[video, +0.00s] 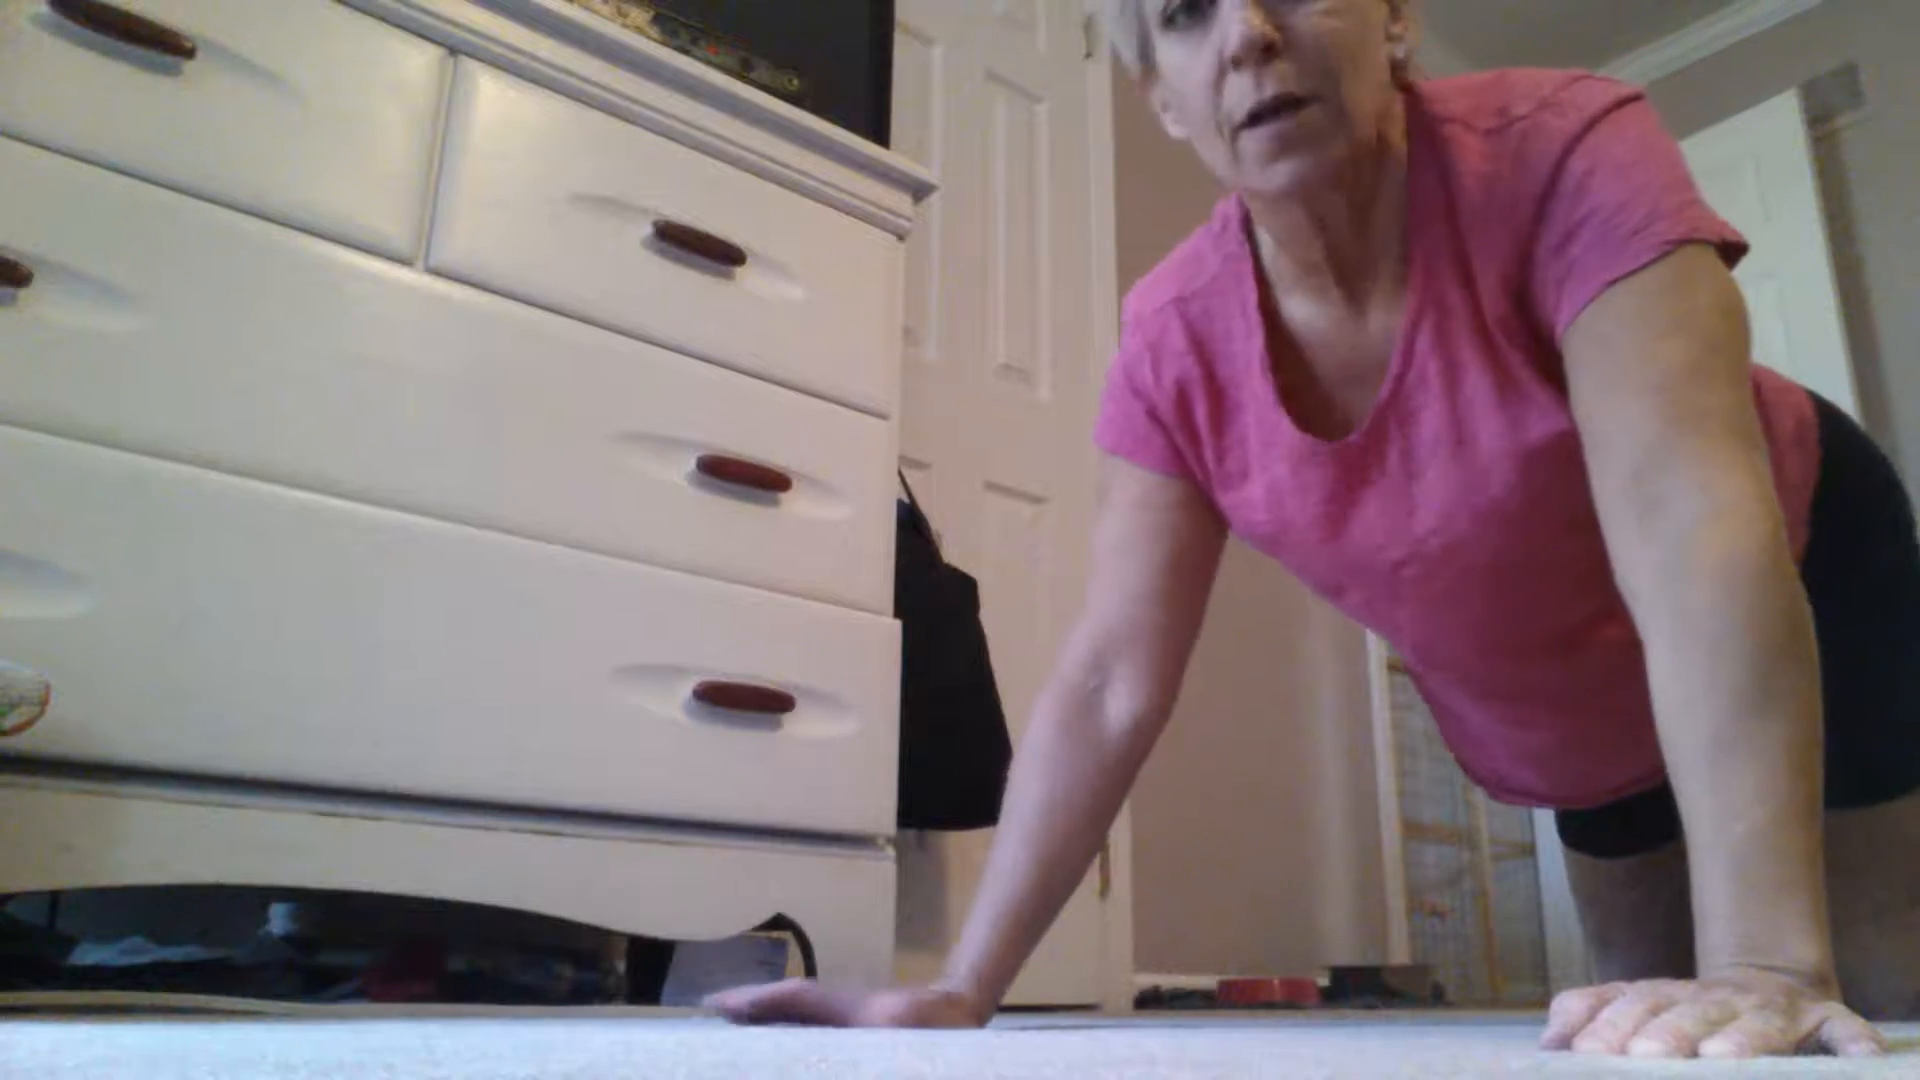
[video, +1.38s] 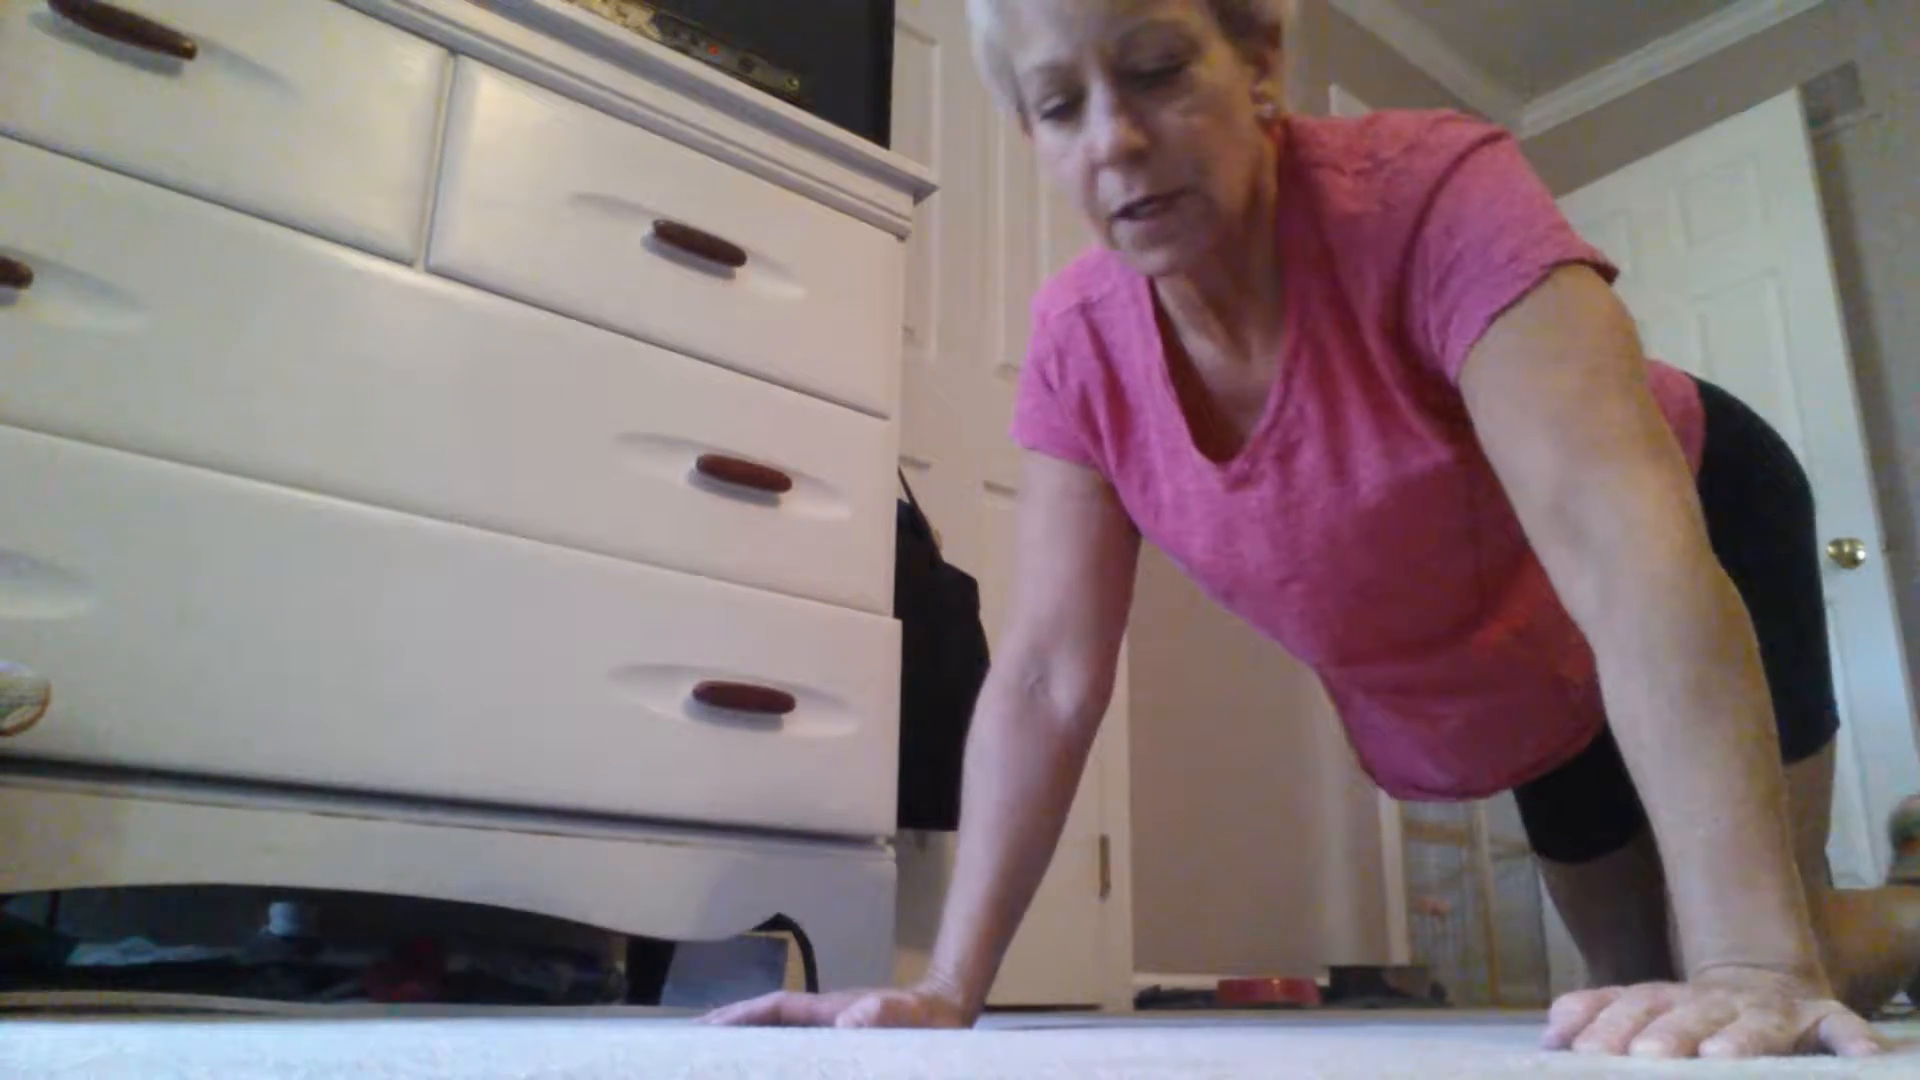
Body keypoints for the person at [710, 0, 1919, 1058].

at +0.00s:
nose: (1246, 39)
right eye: (1188, 23)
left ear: (1394, 28)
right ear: (1153, 99)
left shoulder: (1569, 152)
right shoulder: (1178, 336)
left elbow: (1701, 532)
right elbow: (1105, 684)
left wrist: (1765, 966)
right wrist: (966, 977)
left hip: (1800, 591)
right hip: (1585, 716)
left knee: (1849, 1012)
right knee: (1652, 1035)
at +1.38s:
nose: (1116, 143)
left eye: (1154, 74)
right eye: (1062, 108)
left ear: (1261, 64)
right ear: (1032, 140)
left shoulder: (1437, 192)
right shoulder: (1083, 331)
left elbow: (1630, 538)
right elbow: (1043, 675)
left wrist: (1756, 973)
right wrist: (949, 985)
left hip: (1682, 542)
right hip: (1504, 657)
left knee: (1777, 948)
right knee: (1644, 997)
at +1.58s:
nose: (1044, 193)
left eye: (1084, 121)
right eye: (1009, 142)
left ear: (1237, 80)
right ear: (990, 146)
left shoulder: (1444, 192)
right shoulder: (1084, 333)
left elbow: (1640, 541)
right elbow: (1045, 675)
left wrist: (1752, 973)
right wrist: (950, 983)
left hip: (1678, 548)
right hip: (1501, 665)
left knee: (1777, 956)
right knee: (1645, 999)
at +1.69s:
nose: (1035, 202)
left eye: (1074, 129)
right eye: (1004, 151)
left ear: (1234, 83)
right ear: (989, 157)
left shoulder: (1454, 187)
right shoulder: (1091, 348)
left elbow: (1658, 540)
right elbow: (1047, 679)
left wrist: (1754, 970)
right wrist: (950, 983)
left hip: (1685, 568)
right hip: (1513, 678)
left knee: (1775, 953)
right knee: (1645, 995)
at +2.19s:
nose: (1061, 192)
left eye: (1100, 124)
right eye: (1026, 141)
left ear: (1263, 61)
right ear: (1005, 131)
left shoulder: (1489, 151)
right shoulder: (1109, 314)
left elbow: (1702, 516)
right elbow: (1057, 668)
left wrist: (1765, 969)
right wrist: (950, 982)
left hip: (1695, 569)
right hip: (1532, 689)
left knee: (1780, 927)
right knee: (1729, 933)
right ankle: (1884, 928)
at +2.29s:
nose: (1080, 193)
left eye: (1120, 124)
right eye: (1042, 143)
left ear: (1278, 59)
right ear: (1019, 132)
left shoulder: (1497, 153)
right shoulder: (1114, 317)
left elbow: (1704, 514)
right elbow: (1056, 670)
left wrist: (1767, 967)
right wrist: (950, 982)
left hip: (1696, 579)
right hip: (1538, 696)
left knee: (1773, 942)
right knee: (1750, 920)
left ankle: (1870, 936)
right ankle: (1886, 924)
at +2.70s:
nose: (1225, 149)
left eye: (1272, 69)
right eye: (1166, 101)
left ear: (1388, 41)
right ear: (1130, 111)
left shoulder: (1565, 130)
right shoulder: (1161, 311)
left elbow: (1722, 519)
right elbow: (1078, 684)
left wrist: (1769, 965)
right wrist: (953, 981)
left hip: (1723, 568)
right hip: (1553, 665)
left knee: (1776, 916)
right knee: (1703, 837)